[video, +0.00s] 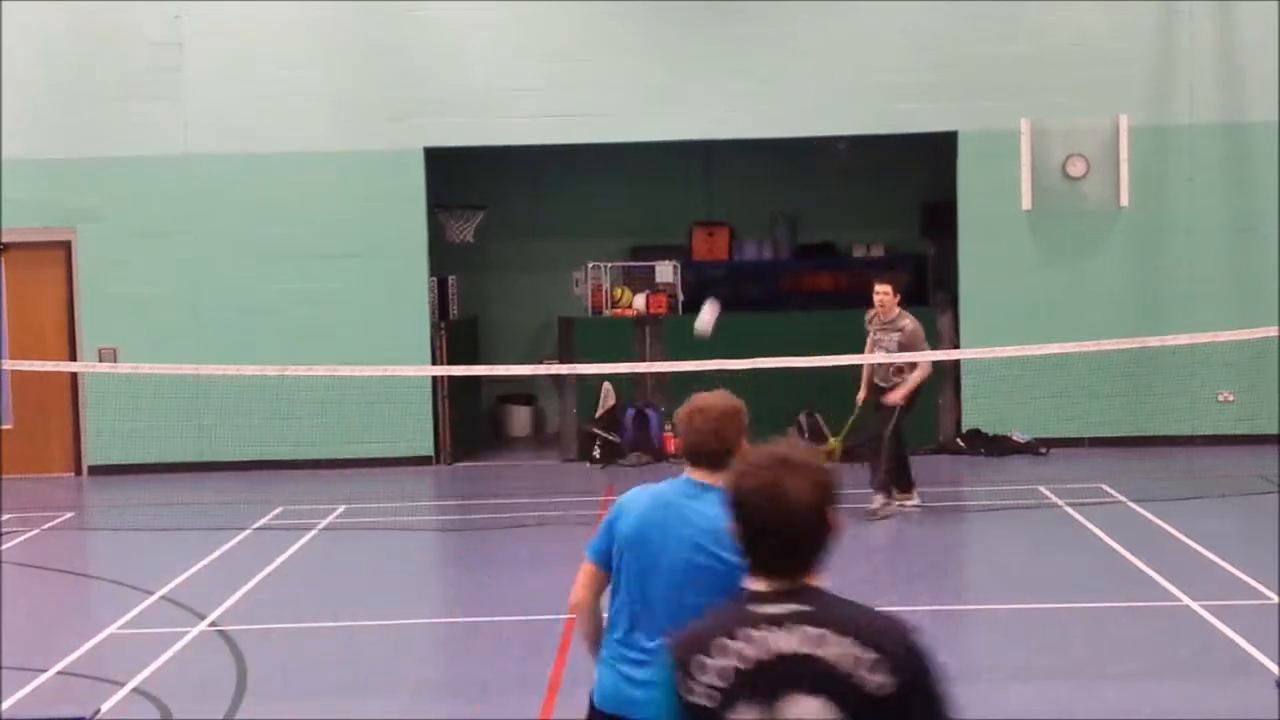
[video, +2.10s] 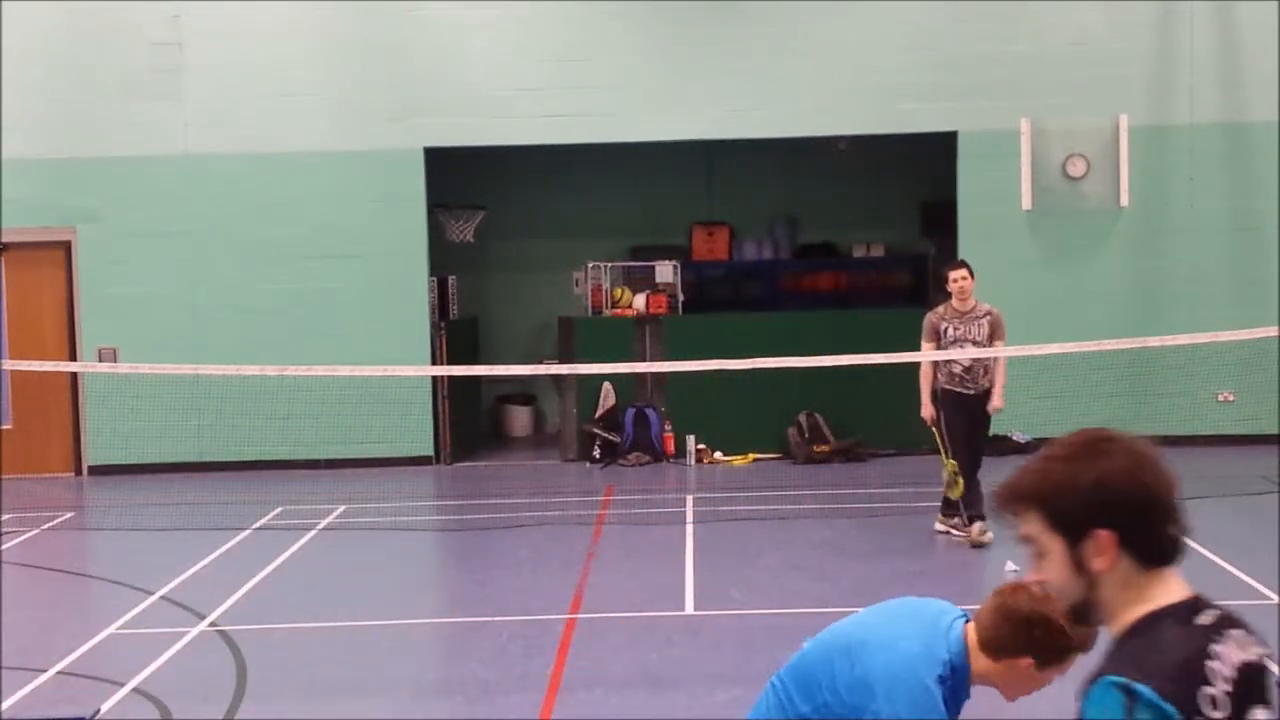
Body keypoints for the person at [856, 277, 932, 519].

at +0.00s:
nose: (880, 299)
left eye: (885, 294)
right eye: (877, 294)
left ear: (896, 298)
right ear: (873, 298)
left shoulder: (909, 326)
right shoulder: (873, 319)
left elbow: (925, 365)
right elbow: (869, 352)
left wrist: (902, 391)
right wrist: (864, 385)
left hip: (902, 387)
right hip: (879, 385)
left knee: (888, 434)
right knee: (892, 435)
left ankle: (882, 493)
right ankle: (905, 491)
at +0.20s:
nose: (894, 298)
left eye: (899, 293)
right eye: (890, 293)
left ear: (909, 296)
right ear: (885, 296)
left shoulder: (925, 325)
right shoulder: (881, 317)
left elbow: (940, 361)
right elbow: (876, 349)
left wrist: (940, 396)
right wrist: (861, 384)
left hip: (919, 394)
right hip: (890, 391)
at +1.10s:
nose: (905, 277)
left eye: (908, 273)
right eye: (899, 273)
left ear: (915, 278)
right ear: (890, 279)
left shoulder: (929, 309)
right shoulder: (875, 312)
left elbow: (939, 346)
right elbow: (868, 353)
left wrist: (932, 358)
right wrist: (874, 385)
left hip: (923, 387)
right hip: (890, 389)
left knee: (929, 446)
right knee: (890, 449)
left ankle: (934, 507)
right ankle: (894, 509)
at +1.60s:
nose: (940, 279)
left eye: (944, 274)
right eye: (935, 275)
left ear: (951, 279)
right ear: (925, 280)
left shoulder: (964, 311)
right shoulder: (909, 311)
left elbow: (969, 345)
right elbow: (899, 353)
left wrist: (952, 338)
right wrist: (897, 389)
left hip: (950, 390)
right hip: (916, 389)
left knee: (951, 451)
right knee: (908, 449)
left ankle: (948, 515)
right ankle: (898, 506)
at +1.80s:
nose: (950, 280)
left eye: (954, 274)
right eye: (944, 275)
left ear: (963, 278)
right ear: (937, 280)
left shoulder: (979, 312)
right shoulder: (923, 312)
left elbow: (985, 347)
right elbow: (912, 354)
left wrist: (958, 340)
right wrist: (907, 390)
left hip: (964, 390)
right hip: (931, 389)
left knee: (959, 454)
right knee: (935, 452)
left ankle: (950, 516)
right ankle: (923, 512)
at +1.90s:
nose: (953, 281)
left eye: (957, 275)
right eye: (947, 277)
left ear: (967, 278)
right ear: (941, 281)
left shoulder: (983, 312)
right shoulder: (928, 313)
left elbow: (991, 350)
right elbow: (917, 355)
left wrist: (973, 360)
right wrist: (913, 393)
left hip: (969, 389)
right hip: (937, 388)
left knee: (964, 453)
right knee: (944, 452)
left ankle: (957, 515)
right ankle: (943, 516)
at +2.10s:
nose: (959, 285)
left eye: (964, 279)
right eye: (954, 281)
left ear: (973, 281)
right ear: (947, 285)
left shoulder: (991, 316)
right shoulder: (935, 319)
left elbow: (999, 358)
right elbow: (927, 362)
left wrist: (997, 393)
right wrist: (926, 401)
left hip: (980, 394)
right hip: (949, 394)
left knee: (971, 456)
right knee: (961, 457)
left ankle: (948, 512)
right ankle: (976, 519)